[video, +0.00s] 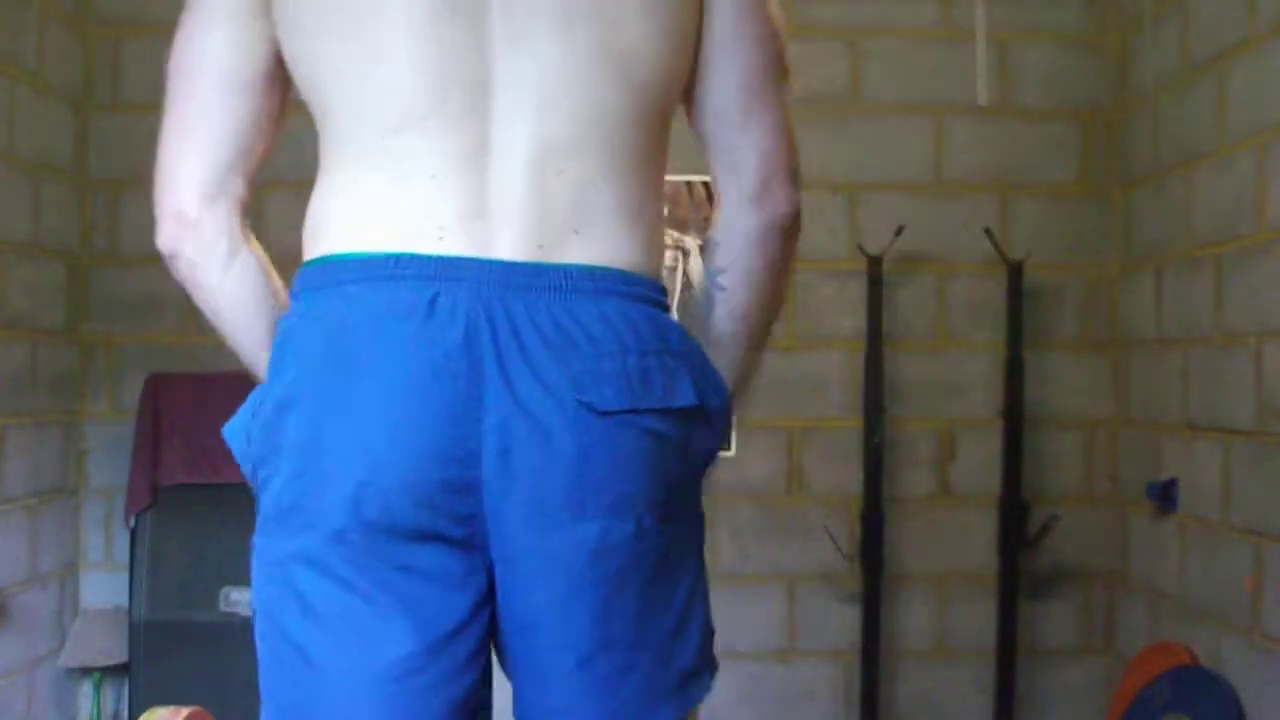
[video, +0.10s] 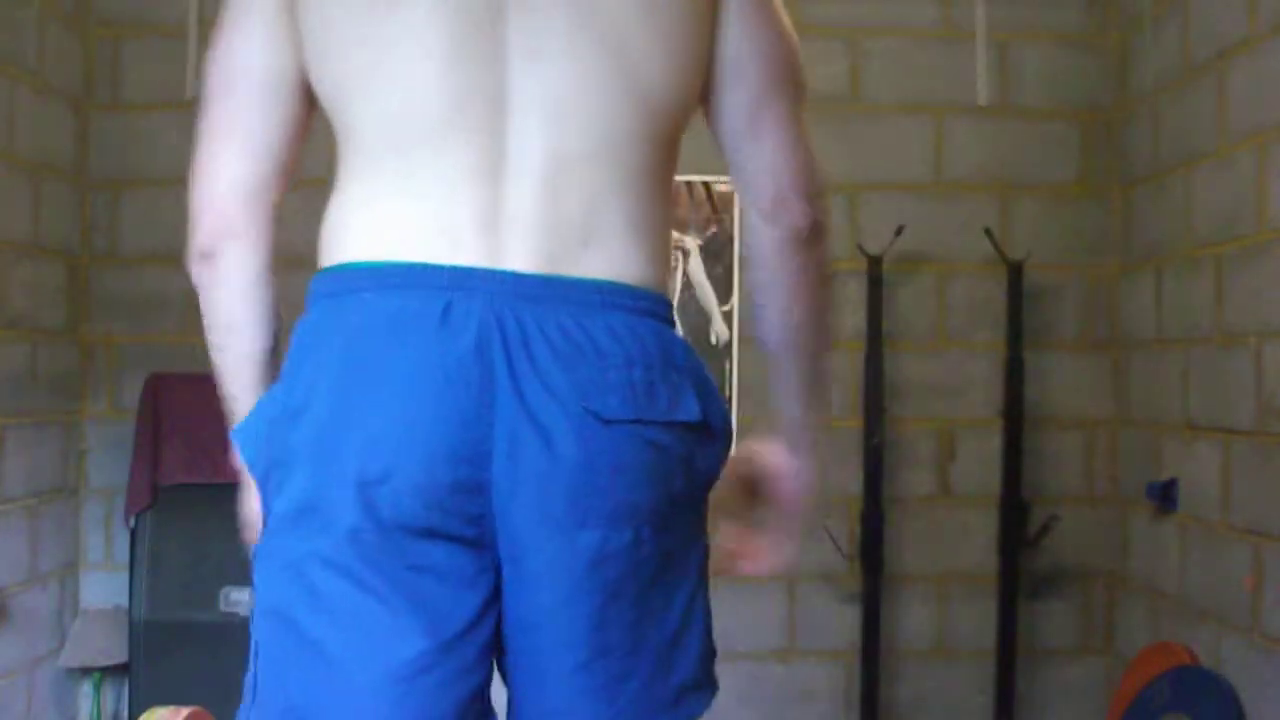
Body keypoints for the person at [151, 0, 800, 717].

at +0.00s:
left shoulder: (258, 4)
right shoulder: (708, 4)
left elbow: (193, 221)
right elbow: (763, 204)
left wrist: (321, 399)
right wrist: (689, 416)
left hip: (357, 354)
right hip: (609, 345)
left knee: (355, 701)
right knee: (612, 701)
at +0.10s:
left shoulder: (283, 7)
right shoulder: (720, 7)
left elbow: (223, 227)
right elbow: (789, 209)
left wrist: (254, 441)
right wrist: (788, 435)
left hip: (368, 356)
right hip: (614, 359)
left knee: (351, 702)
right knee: (610, 702)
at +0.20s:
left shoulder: (330, 4)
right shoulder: (734, 7)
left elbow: (257, 226)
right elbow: (832, 216)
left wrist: (196, 446)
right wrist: (902, 434)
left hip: (395, 369)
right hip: (631, 376)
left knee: (362, 702)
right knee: (614, 703)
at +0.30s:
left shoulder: (385, 1)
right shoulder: (760, 4)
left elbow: (276, 204)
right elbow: (884, 223)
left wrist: (137, 405)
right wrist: (1009, 429)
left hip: (432, 367)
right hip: (654, 372)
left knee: (396, 696)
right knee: (637, 699)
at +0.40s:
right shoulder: (795, 2)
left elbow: (284, 172)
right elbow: (926, 203)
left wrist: (112, 339)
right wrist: (1073, 404)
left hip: (468, 356)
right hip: (681, 364)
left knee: (410, 700)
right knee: (671, 699)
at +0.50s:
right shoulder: (818, 3)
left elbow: (320, 120)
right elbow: (945, 174)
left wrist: (136, 274)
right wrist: (1083, 359)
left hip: (492, 353)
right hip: (700, 362)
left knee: (413, 698)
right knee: (678, 703)